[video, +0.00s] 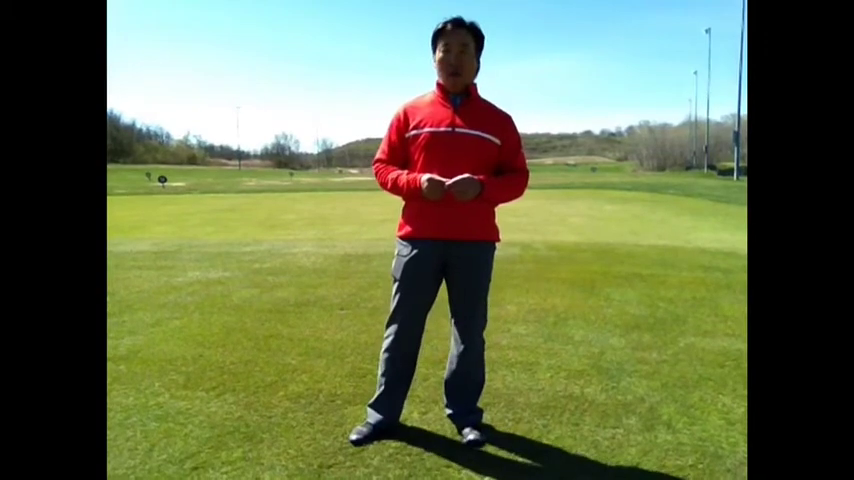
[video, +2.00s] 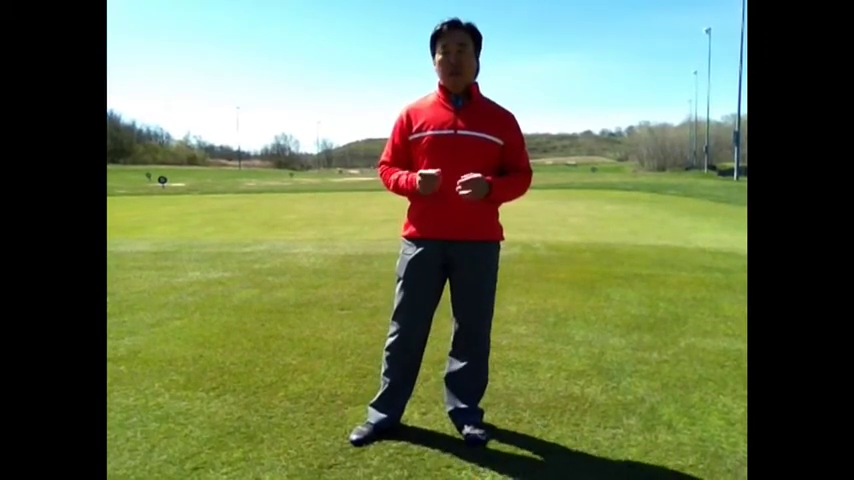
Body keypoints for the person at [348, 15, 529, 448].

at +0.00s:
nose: (452, 58)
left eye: (462, 50)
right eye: (445, 49)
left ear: (478, 59)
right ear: (433, 57)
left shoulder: (499, 122)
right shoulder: (409, 114)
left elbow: (518, 179)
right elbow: (382, 168)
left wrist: (482, 188)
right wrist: (416, 182)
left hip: (474, 244)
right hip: (418, 241)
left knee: (470, 334)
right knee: (401, 329)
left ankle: (467, 417)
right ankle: (382, 415)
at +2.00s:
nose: (452, 58)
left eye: (462, 50)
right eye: (444, 51)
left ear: (477, 57)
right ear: (433, 59)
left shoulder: (501, 120)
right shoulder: (413, 115)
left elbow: (522, 176)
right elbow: (387, 169)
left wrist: (491, 187)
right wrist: (411, 181)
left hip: (478, 245)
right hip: (422, 241)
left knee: (473, 334)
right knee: (405, 330)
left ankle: (468, 415)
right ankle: (384, 414)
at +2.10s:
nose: (452, 58)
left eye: (461, 49)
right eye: (444, 50)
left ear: (477, 57)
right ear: (433, 59)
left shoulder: (502, 120)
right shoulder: (414, 115)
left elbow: (522, 176)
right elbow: (388, 169)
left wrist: (488, 186)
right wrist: (418, 180)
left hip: (479, 244)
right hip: (423, 241)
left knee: (474, 334)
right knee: (405, 330)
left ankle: (467, 415)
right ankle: (383, 414)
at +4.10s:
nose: (452, 61)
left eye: (461, 52)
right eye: (443, 54)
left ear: (477, 58)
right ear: (433, 63)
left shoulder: (504, 119)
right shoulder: (416, 117)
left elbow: (525, 175)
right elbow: (391, 171)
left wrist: (488, 184)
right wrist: (423, 181)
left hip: (482, 243)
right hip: (427, 240)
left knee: (475, 334)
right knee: (408, 330)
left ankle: (468, 415)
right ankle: (383, 414)